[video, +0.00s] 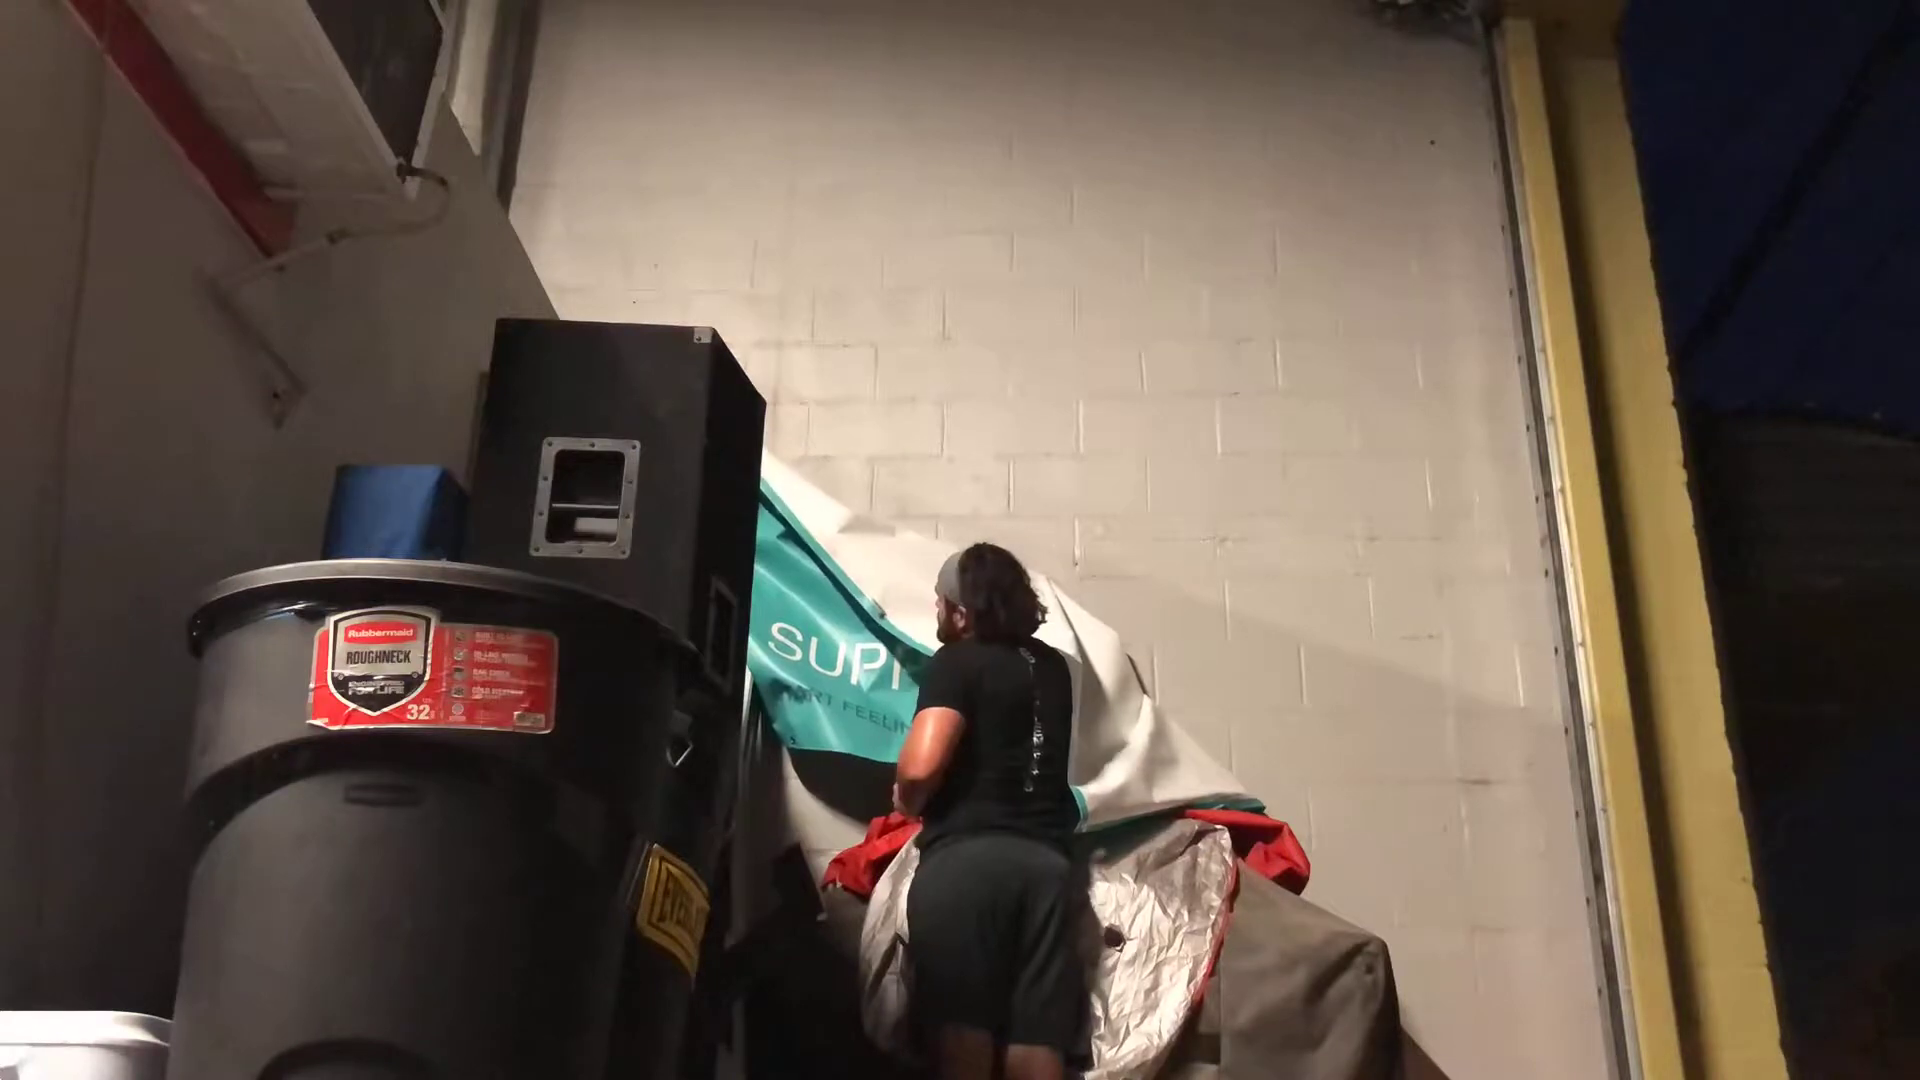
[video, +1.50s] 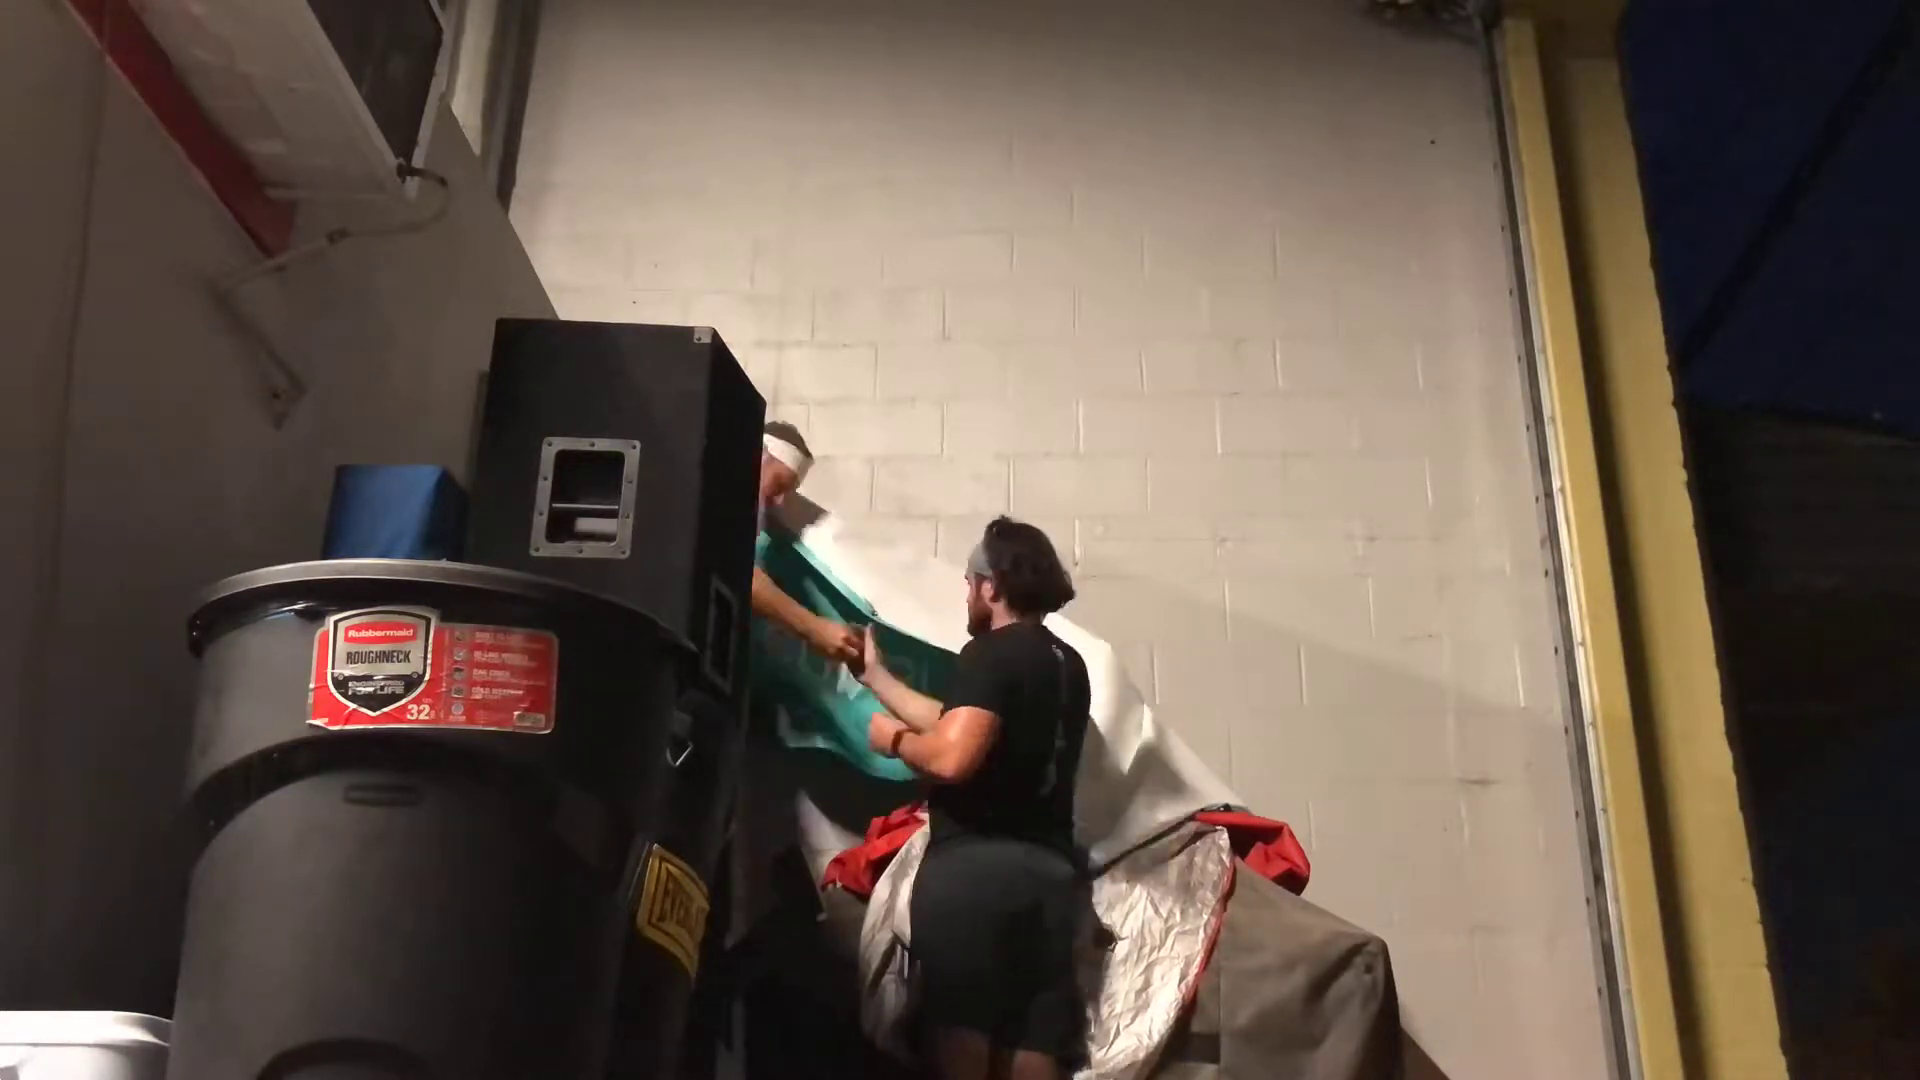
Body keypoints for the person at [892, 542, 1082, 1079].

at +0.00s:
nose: (937, 614)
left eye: (940, 603)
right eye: (938, 602)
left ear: (963, 612)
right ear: (1015, 607)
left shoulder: (957, 660)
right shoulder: (1059, 668)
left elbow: (920, 766)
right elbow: (1046, 761)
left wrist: (907, 801)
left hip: (967, 856)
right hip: (1050, 862)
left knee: (963, 1040)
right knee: (1038, 1046)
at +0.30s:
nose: (937, 613)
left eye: (940, 602)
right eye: (938, 600)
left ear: (962, 612)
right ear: (1015, 607)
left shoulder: (955, 661)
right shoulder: (1056, 668)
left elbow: (919, 766)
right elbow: (1045, 761)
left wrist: (905, 802)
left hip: (967, 855)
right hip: (1049, 861)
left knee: (962, 1038)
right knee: (1038, 1044)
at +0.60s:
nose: (934, 613)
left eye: (937, 602)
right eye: (936, 601)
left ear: (957, 612)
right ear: (1013, 607)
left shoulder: (951, 662)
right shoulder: (1052, 667)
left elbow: (913, 767)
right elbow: (1044, 760)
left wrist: (907, 805)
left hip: (966, 855)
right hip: (1049, 862)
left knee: (962, 1038)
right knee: (1038, 1045)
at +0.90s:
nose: (942, 603)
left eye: (946, 594)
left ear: (952, 603)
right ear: (1018, 603)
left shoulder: (948, 662)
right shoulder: (1047, 668)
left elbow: (914, 771)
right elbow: (1034, 762)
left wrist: (894, 797)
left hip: (962, 859)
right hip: (1045, 863)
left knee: (959, 1040)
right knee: (1036, 1045)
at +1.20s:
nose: (934, 609)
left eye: (938, 597)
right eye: (934, 597)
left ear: (953, 603)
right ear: (1010, 601)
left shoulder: (950, 660)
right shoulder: (1046, 666)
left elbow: (914, 768)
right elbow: (1033, 759)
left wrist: (893, 795)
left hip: (960, 856)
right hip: (1042, 861)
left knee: (958, 1038)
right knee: (1034, 1044)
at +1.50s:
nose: (968, 590)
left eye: (971, 578)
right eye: (970, 578)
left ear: (991, 587)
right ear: (1041, 588)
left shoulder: (992, 654)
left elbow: (955, 757)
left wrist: (898, 741)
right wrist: (875, 674)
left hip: (974, 877)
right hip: (1051, 879)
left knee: (960, 1043)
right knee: (1036, 1049)